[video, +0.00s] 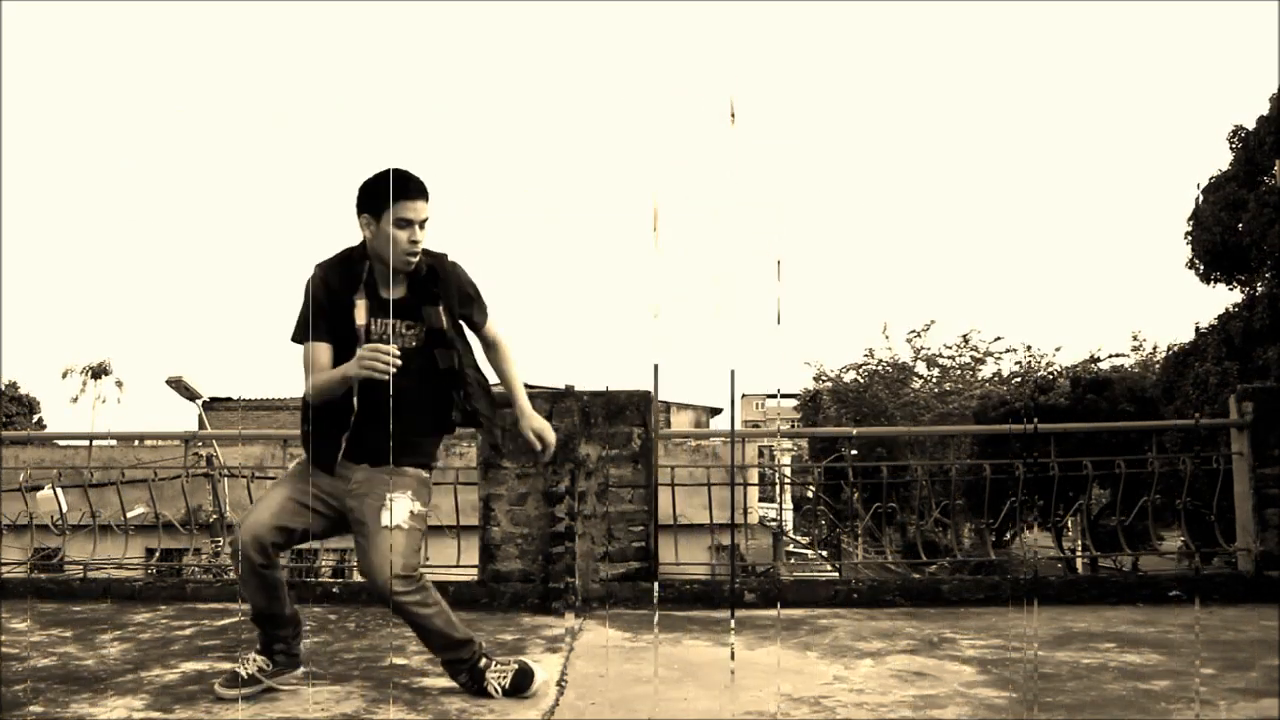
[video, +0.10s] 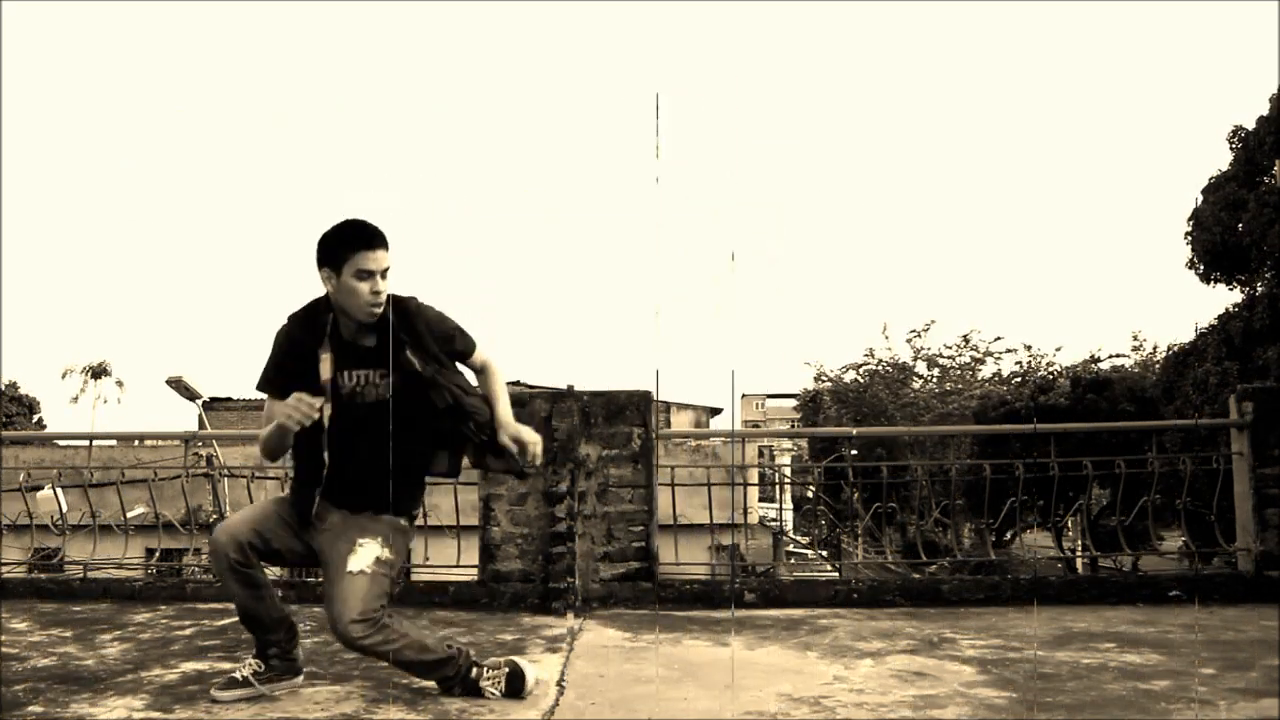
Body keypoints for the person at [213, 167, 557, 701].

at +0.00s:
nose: (418, 238)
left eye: (423, 225)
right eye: (405, 225)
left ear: (429, 224)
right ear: (367, 226)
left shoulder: (443, 278)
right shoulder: (332, 279)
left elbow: (491, 338)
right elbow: (314, 388)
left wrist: (523, 408)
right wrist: (349, 369)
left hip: (398, 472)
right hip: (326, 467)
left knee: (392, 576)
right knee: (255, 536)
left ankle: (474, 668)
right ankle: (280, 655)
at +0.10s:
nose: (379, 288)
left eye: (384, 275)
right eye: (365, 276)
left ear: (390, 273)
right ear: (328, 280)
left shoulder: (414, 322)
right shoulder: (302, 331)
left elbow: (485, 365)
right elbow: (269, 451)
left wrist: (505, 419)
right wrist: (284, 423)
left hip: (376, 518)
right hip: (310, 506)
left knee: (355, 622)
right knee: (227, 541)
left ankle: (470, 674)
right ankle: (278, 659)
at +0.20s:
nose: (344, 348)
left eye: (350, 334)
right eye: (329, 337)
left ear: (358, 328)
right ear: (295, 339)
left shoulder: (384, 379)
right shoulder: (273, 393)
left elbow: (458, 432)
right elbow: (251, 479)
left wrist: (453, 487)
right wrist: (241, 491)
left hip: (370, 554)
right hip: (301, 541)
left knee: (340, 664)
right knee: (225, 543)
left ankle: (468, 674)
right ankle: (278, 660)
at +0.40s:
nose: (307, 381)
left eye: (314, 366)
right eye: (291, 370)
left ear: (324, 357)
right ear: (263, 369)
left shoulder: (357, 414)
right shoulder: (252, 407)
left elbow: (418, 496)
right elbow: (194, 482)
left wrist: (403, 539)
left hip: (363, 565)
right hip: (303, 551)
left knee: (338, 685)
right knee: (226, 548)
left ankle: (464, 674)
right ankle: (280, 663)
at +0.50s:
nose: (307, 352)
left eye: (315, 338)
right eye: (292, 341)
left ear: (324, 332)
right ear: (264, 341)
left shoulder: (354, 380)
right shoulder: (251, 386)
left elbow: (436, 448)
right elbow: (179, 450)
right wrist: (127, 404)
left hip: (366, 559)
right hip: (301, 545)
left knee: (338, 682)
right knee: (218, 542)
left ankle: (467, 675)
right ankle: (278, 659)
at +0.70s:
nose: (281, 349)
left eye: (290, 333)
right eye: (266, 340)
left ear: (308, 327)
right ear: (249, 344)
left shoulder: (349, 379)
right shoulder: (250, 400)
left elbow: (437, 460)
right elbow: (199, 484)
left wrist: (419, 435)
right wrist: (140, 437)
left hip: (362, 557)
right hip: (300, 544)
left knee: (335, 690)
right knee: (218, 549)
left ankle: (462, 675)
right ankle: (280, 662)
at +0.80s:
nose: (279, 345)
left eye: (288, 329)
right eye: (267, 336)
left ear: (313, 316)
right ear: (256, 334)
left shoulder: (360, 359)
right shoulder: (261, 380)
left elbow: (450, 403)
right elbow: (174, 426)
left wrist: (401, 344)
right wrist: (125, 362)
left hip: (382, 548)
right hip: (311, 540)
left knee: (350, 659)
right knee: (234, 547)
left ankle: (467, 674)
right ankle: (278, 662)